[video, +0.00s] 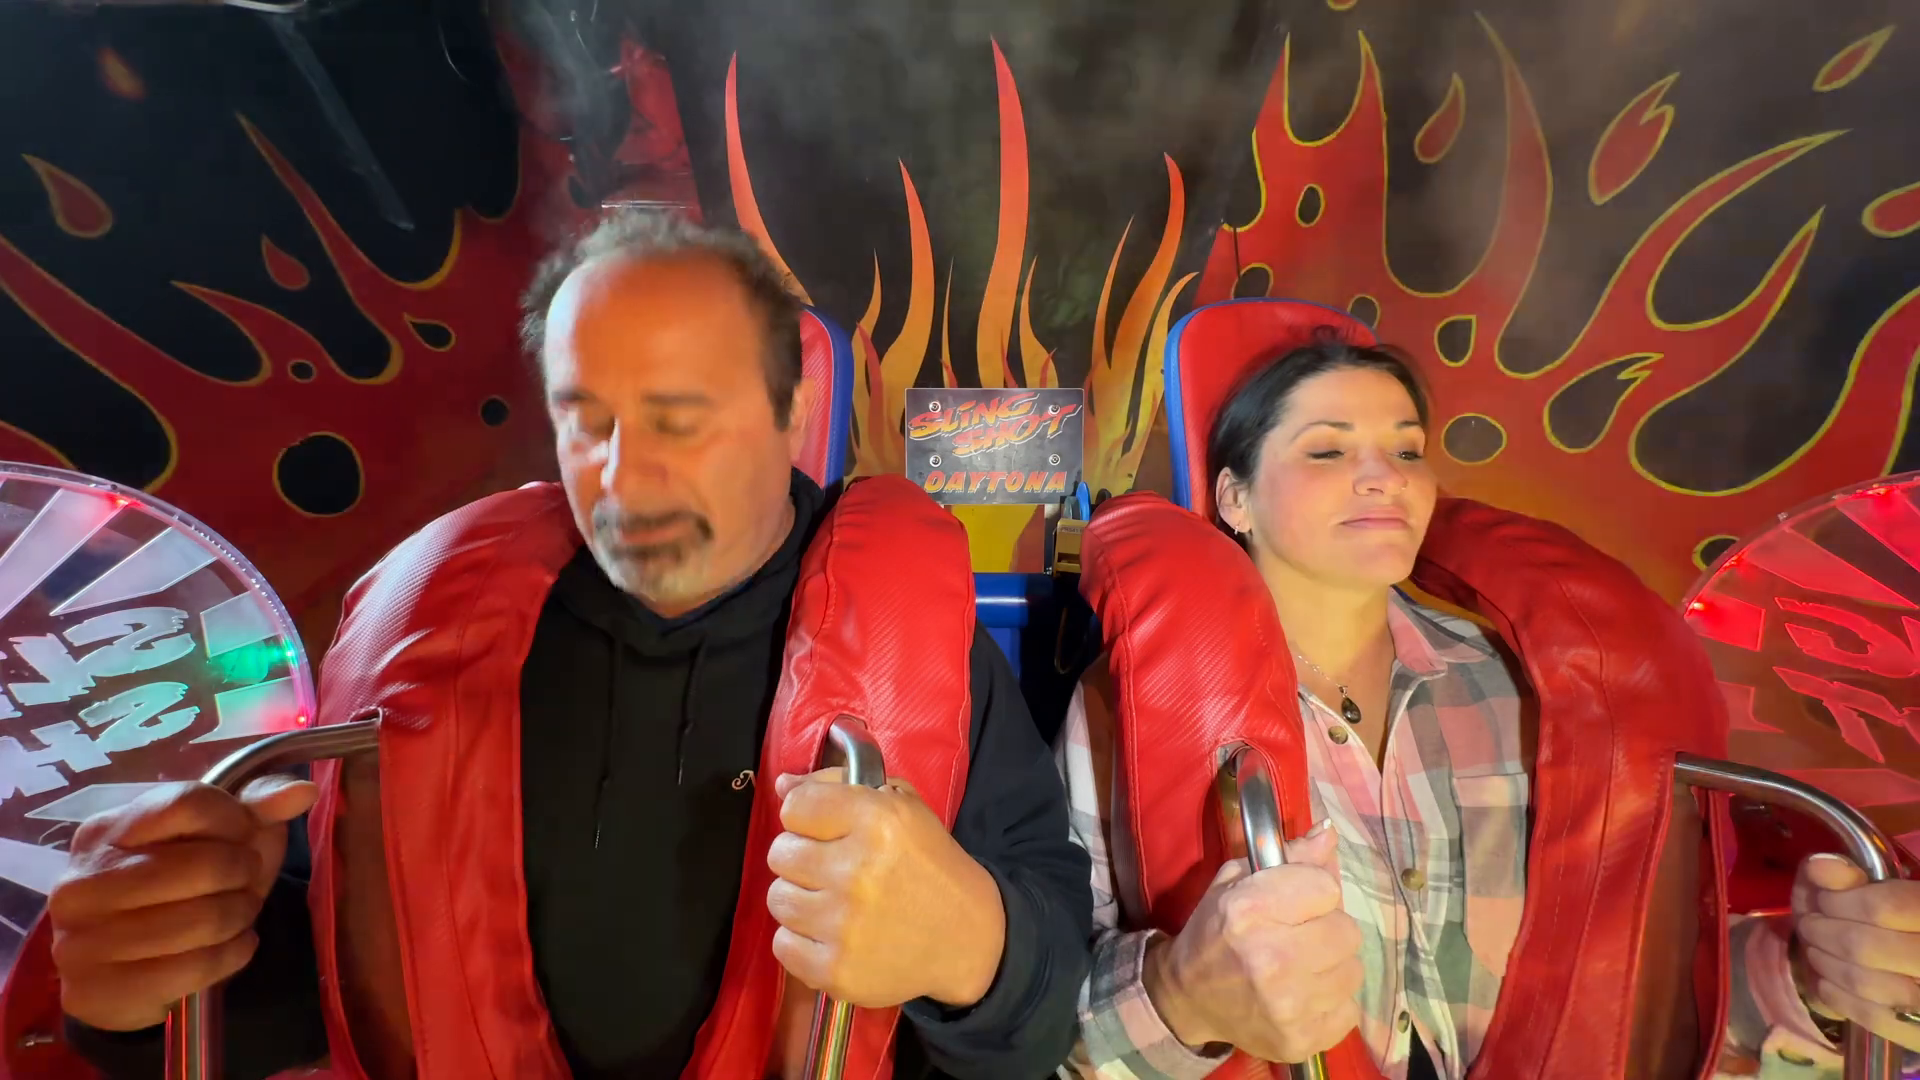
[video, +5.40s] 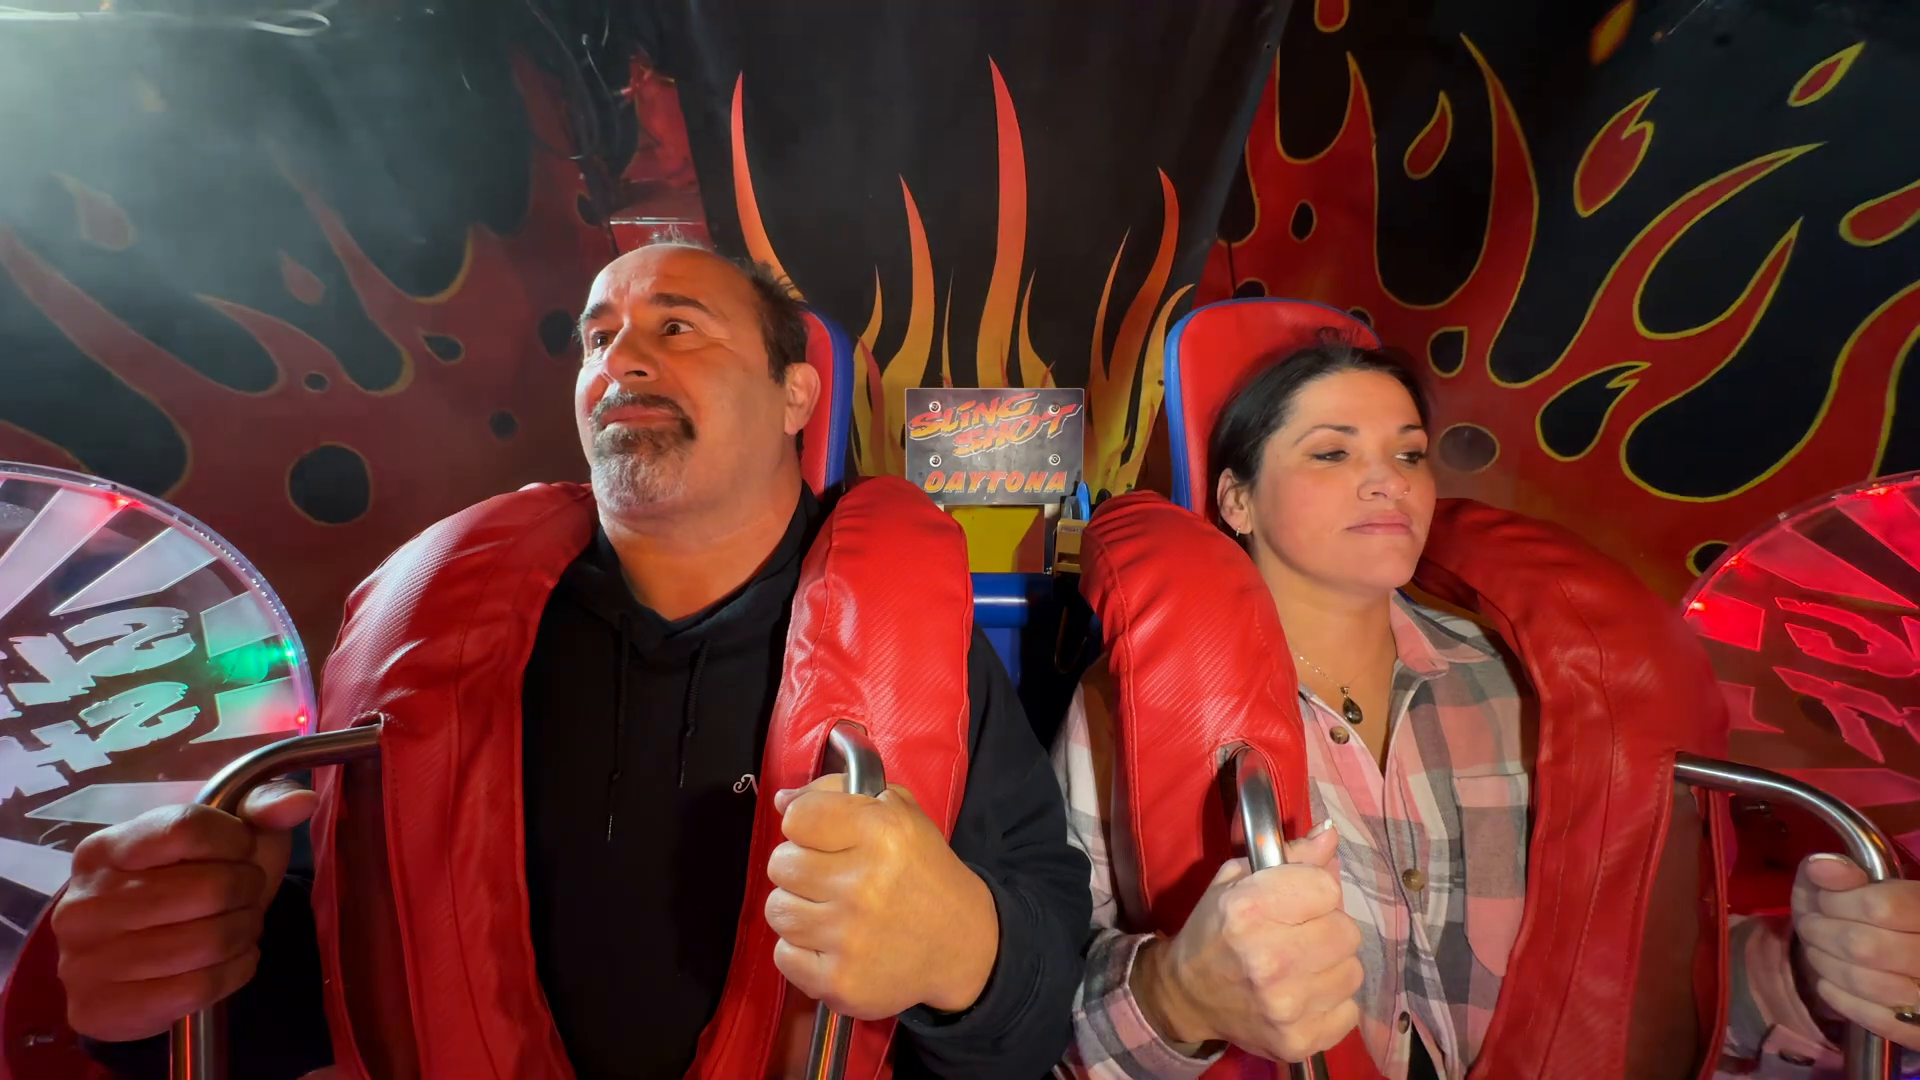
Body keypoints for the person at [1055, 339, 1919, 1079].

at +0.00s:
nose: (1382, 485)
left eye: (1405, 454)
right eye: (1328, 454)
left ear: (1436, 487)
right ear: (1235, 500)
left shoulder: (1514, 692)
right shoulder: (1137, 715)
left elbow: (1605, 972)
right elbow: (1055, 1029)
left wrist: (1801, 972)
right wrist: (1173, 1003)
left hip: (1488, 1066)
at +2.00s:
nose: (1383, 482)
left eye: (1405, 454)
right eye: (1328, 454)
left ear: (1435, 488)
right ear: (1238, 500)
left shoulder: (1518, 686)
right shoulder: (1143, 708)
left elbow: (1607, 969)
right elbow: (1050, 1031)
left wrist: (1790, 972)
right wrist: (1171, 996)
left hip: (1501, 1065)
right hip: (1269, 1073)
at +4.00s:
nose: (1383, 485)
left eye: (1405, 456)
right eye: (1330, 457)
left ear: (1435, 490)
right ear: (1239, 501)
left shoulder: (1519, 688)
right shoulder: (1143, 712)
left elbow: (1614, 963)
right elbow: (1055, 1033)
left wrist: (1797, 970)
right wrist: (1170, 996)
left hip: (1497, 1066)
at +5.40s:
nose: (1389, 486)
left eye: (1408, 455)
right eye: (1332, 455)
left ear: (1434, 485)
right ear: (1239, 502)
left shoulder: (1513, 687)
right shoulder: (1144, 710)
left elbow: (1614, 961)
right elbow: (1056, 1032)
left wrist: (1810, 972)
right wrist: (1171, 998)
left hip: (1489, 1067)